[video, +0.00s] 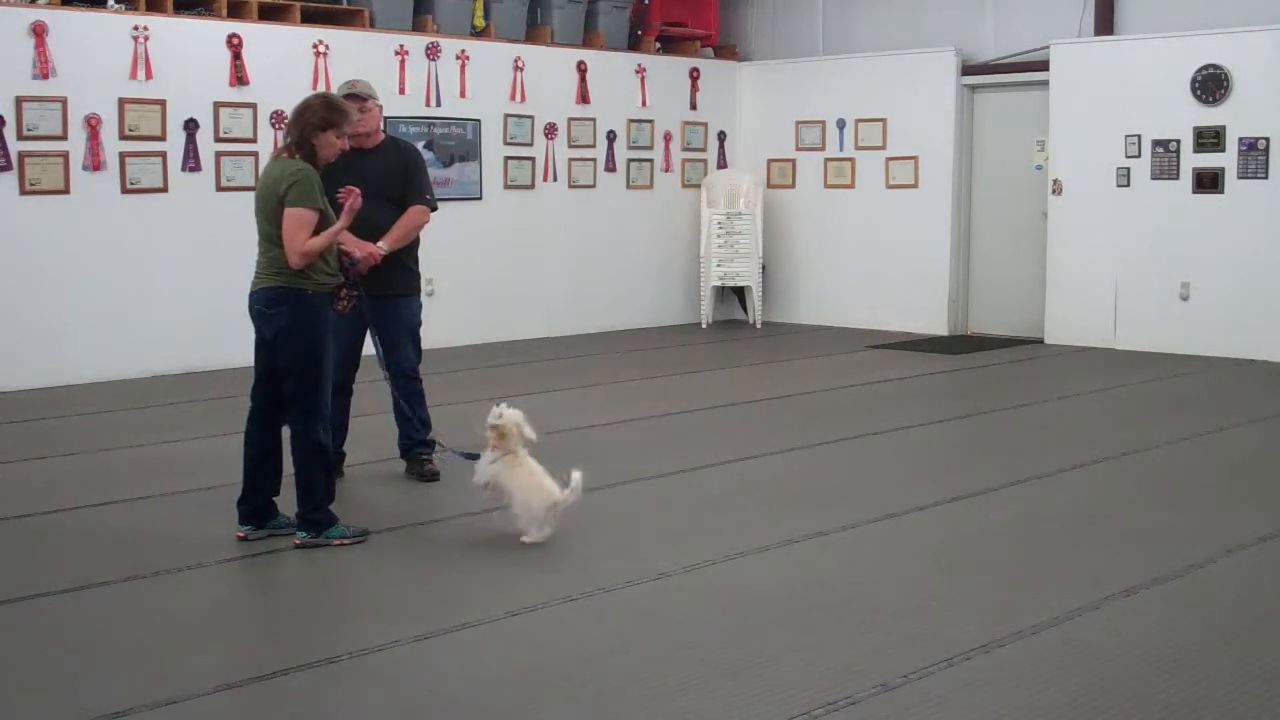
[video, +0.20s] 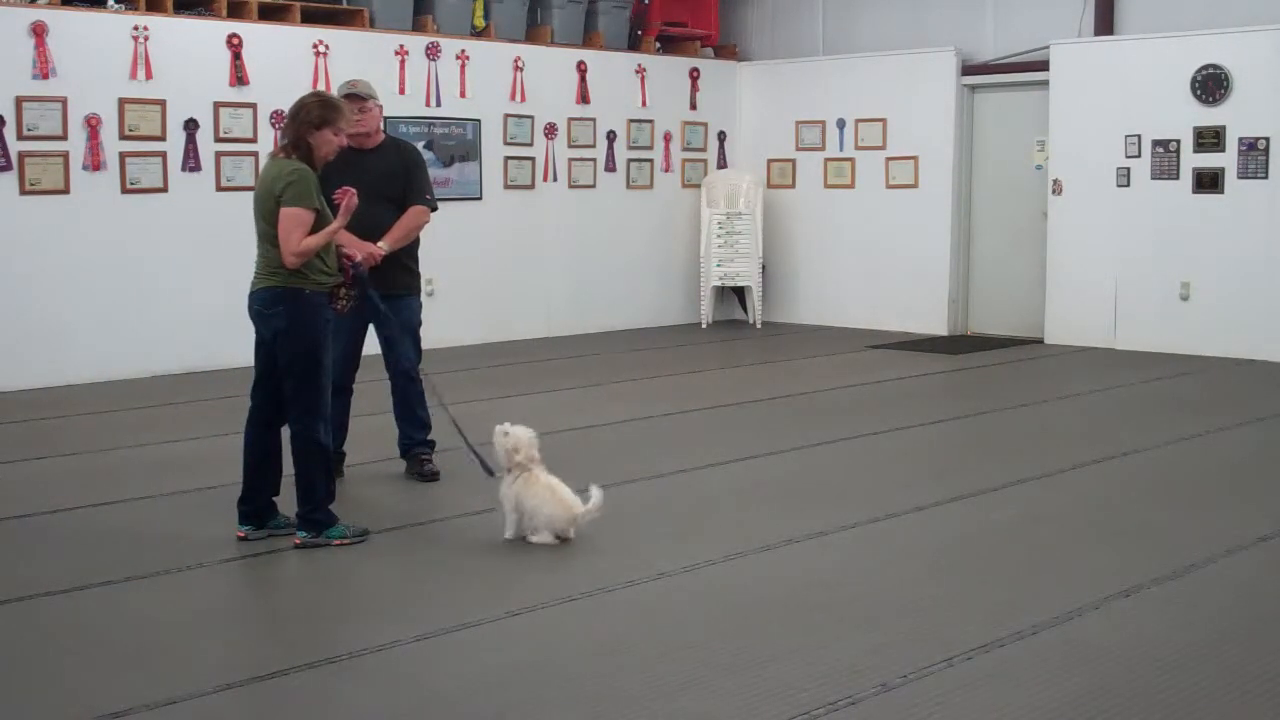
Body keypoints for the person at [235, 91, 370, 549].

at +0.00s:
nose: (344, 147)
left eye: (346, 139)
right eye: (340, 138)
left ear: (312, 133)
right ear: (316, 132)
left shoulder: (277, 170)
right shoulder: (302, 176)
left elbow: (293, 238)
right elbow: (297, 253)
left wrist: (339, 219)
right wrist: (341, 224)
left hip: (272, 299)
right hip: (299, 302)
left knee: (266, 409)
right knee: (311, 412)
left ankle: (256, 514)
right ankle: (316, 519)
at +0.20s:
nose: (341, 144)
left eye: (343, 137)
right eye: (337, 135)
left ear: (309, 132)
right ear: (312, 131)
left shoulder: (277, 171)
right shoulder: (299, 177)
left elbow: (296, 239)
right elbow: (292, 253)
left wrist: (335, 214)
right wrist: (336, 227)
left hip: (273, 299)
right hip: (298, 302)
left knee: (266, 409)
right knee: (311, 412)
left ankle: (256, 515)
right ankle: (316, 519)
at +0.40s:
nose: (337, 143)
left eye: (339, 135)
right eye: (333, 134)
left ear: (304, 132)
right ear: (308, 130)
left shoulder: (276, 171)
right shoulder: (296, 176)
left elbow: (295, 238)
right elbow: (288, 252)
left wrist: (338, 243)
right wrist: (334, 223)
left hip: (274, 299)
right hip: (297, 302)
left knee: (267, 408)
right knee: (310, 412)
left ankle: (256, 515)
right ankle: (315, 519)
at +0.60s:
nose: (335, 144)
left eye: (338, 136)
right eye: (332, 134)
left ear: (302, 131)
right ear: (308, 131)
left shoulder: (274, 171)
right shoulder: (294, 176)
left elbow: (293, 240)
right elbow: (286, 251)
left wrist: (336, 253)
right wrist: (332, 221)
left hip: (274, 299)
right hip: (295, 302)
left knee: (267, 408)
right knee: (310, 410)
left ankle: (256, 515)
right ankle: (315, 519)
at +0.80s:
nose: (335, 141)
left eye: (336, 133)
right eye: (330, 133)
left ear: (299, 133)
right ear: (306, 132)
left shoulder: (276, 170)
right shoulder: (292, 176)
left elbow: (318, 226)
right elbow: (283, 250)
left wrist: (353, 247)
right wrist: (337, 245)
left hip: (273, 299)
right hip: (293, 302)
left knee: (266, 408)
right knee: (308, 411)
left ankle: (255, 514)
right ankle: (315, 520)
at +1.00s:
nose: (334, 144)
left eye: (335, 135)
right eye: (331, 134)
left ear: (301, 132)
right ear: (308, 132)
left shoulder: (279, 171)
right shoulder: (290, 176)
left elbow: (310, 234)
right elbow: (296, 253)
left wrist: (339, 258)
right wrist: (334, 271)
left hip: (276, 299)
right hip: (293, 302)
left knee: (268, 410)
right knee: (318, 412)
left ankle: (255, 514)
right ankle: (316, 519)